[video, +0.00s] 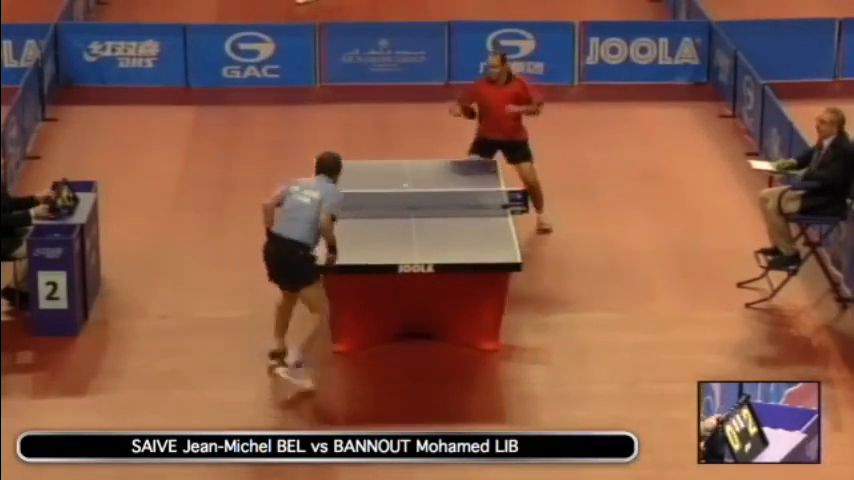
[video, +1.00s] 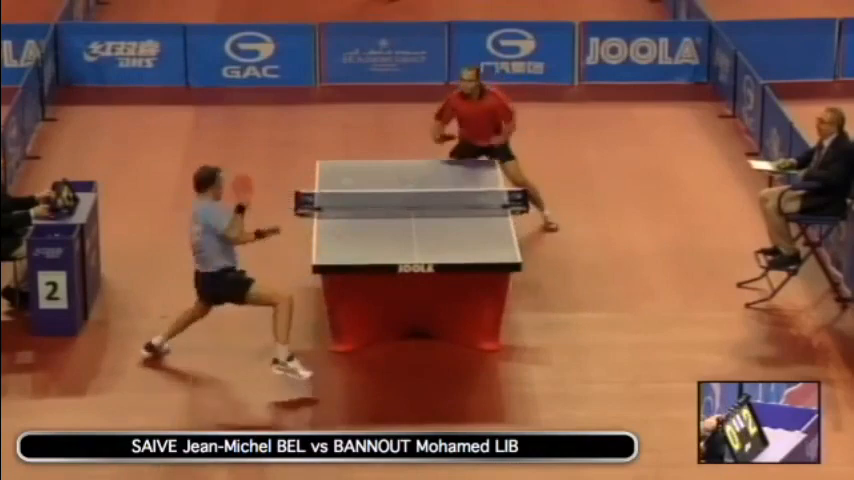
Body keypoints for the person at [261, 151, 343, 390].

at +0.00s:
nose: (339, 177)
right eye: (339, 173)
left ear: (316, 169)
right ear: (337, 173)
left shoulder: (297, 184)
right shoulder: (333, 192)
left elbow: (268, 205)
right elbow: (324, 222)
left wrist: (271, 234)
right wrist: (332, 249)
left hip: (274, 247)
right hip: (296, 251)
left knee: (289, 295)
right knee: (322, 311)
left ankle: (277, 345)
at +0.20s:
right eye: (335, 184)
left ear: (312, 184)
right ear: (334, 187)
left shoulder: (294, 204)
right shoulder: (332, 214)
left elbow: (268, 230)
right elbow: (334, 255)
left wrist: (270, 253)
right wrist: (352, 268)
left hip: (279, 269)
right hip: (307, 275)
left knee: (280, 305)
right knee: (340, 324)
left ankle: (262, 357)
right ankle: (333, 383)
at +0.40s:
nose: (329, 183)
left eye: (325, 177)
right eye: (329, 179)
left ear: (307, 176)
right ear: (327, 183)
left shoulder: (290, 191)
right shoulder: (315, 214)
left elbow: (266, 213)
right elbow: (310, 257)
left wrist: (288, 223)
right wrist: (336, 272)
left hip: (256, 254)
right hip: (277, 267)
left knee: (255, 295)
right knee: (315, 312)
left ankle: (224, 341)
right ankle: (315, 375)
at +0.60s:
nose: (312, 212)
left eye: (312, 208)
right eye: (310, 208)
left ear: (292, 206)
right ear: (301, 211)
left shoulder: (283, 224)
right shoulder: (275, 231)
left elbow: (272, 244)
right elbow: (236, 258)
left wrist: (286, 252)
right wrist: (234, 294)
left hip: (248, 286)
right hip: (255, 290)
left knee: (217, 316)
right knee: (299, 319)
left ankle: (175, 341)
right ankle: (302, 377)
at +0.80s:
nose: (251, 215)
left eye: (252, 211)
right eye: (251, 210)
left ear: (236, 205)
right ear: (244, 209)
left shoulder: (233, 225)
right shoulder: (216, 225)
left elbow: (233, 249)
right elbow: (184, 246)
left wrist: (249, 260)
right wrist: (202, 257)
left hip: (221, 286)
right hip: (225, 288)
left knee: (209, 320)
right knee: (275, 322)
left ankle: (161, 343)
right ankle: (297, 376)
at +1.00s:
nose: (223, 187)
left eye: (221, 182)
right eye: (220, 183)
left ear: (200, 186)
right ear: (213, 186)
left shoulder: (199, 210)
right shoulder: (210, 210)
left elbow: (229, 235)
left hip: (204, 280)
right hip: (223, 280)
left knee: (199, 309)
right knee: (282, 300)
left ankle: (158, 342)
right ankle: (282, 357)